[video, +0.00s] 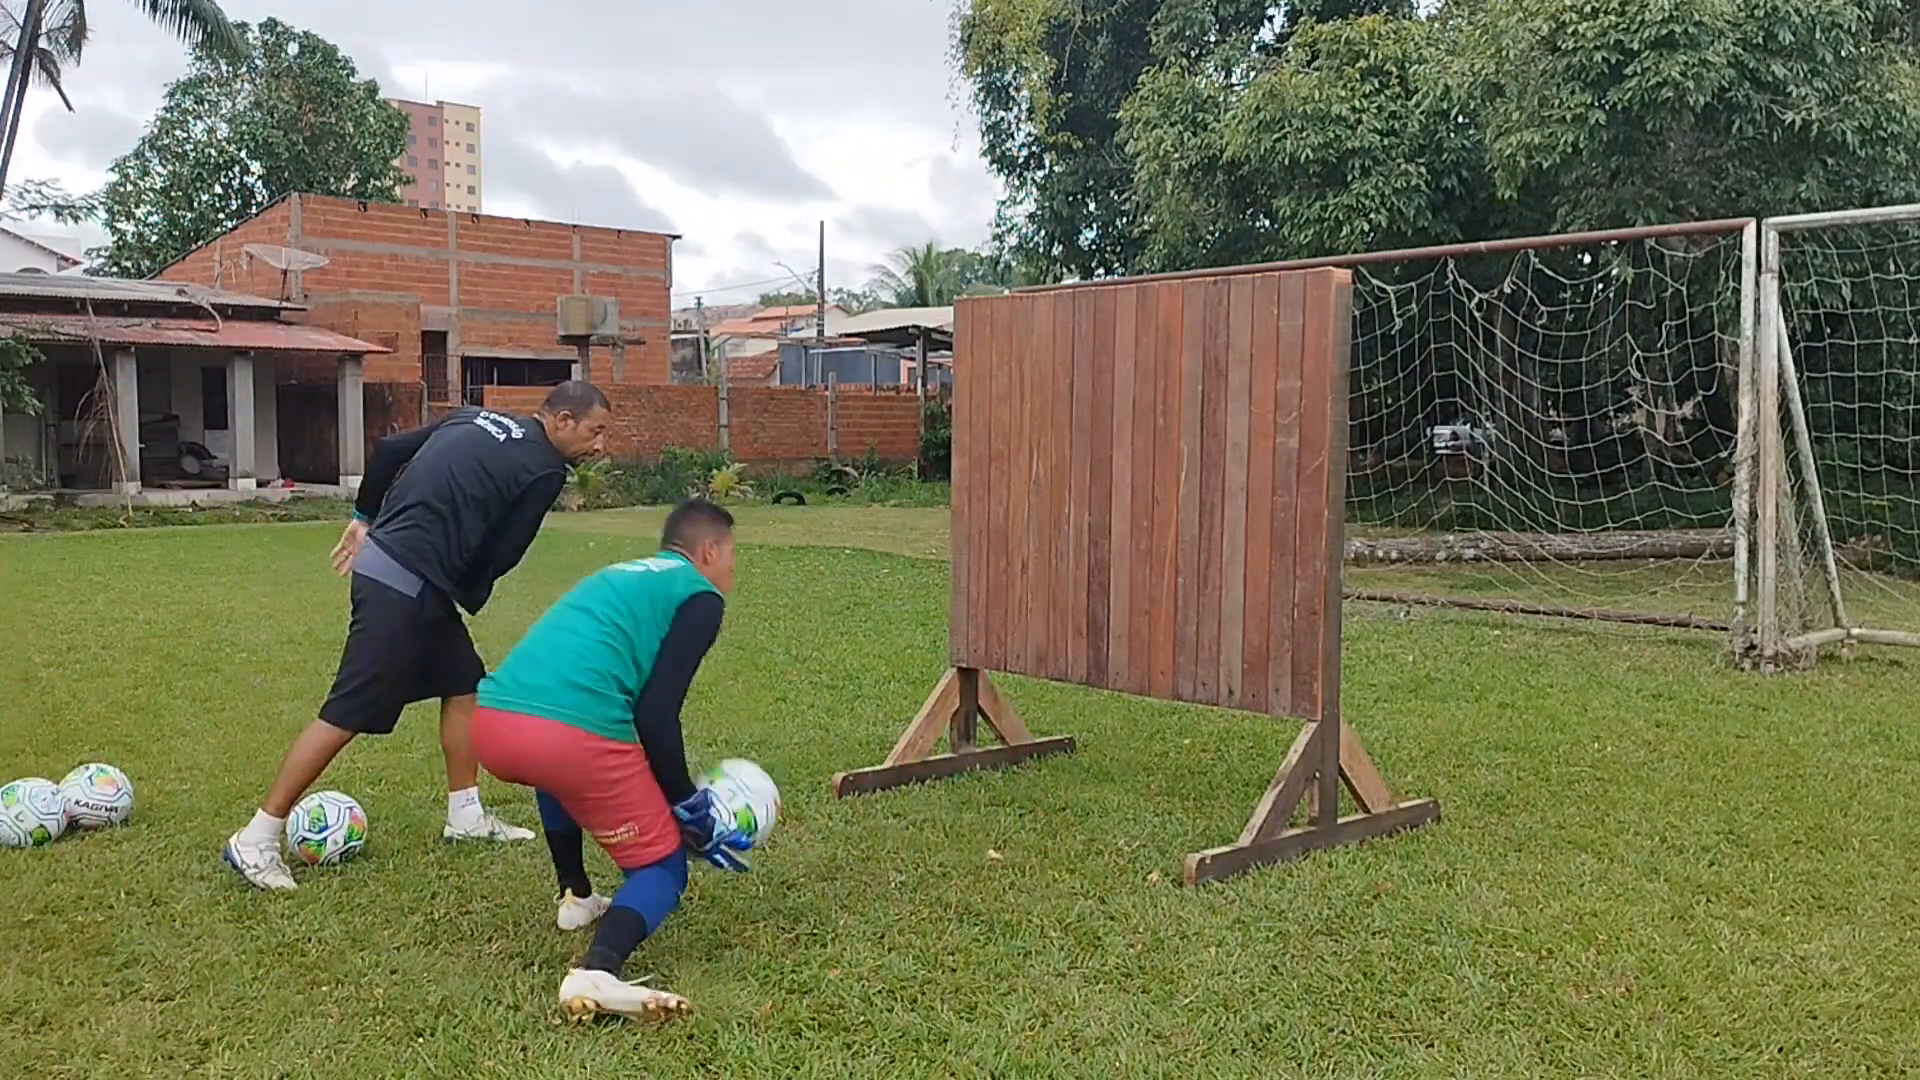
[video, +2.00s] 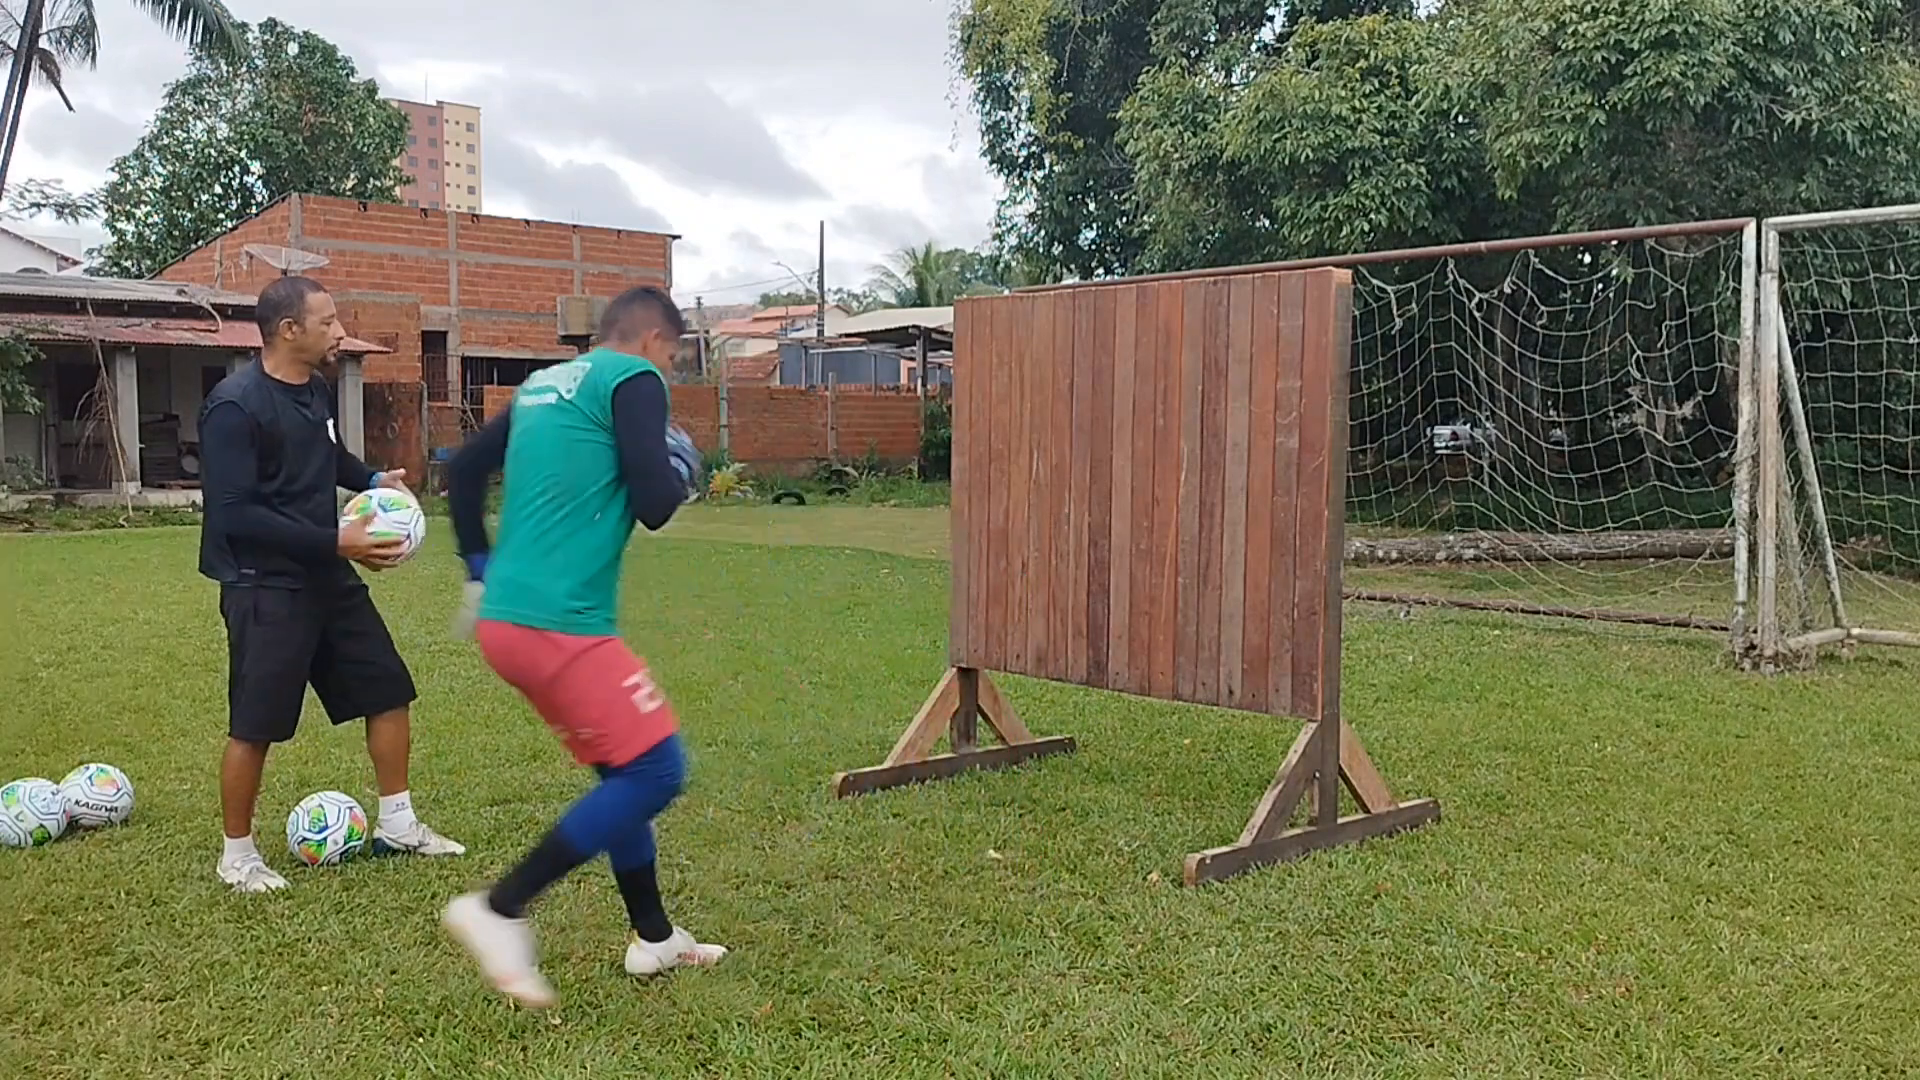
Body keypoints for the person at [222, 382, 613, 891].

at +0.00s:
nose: (599, 446)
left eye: (603, 435)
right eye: (594, 433)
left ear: (553, 418)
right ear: (560, 420)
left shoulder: (474, 418)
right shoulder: (546, 468)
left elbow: (390, 448)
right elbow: (502, 552)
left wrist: (363, 517)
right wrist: (464, 592)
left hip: (383, 563)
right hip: (402, 583)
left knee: (463, 681)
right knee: (349, 711)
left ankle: (467, 817)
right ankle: (257, 839)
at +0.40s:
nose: (572, 409)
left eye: (575, 399)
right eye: (566, 397)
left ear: (521, 396)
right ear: (526, 394)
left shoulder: (475, 418)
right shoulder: (498, 439)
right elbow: (474, 529)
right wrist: (521, 613)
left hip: (426, 588)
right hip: (383, 583)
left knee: (464, 687)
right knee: (342, 711)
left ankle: (466, 818)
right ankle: (256, 841)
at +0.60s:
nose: (533, 376)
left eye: (532, 365)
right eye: (524, 365)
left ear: (487, 370)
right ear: (485, 368)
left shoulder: (461, 417)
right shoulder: (446, 423)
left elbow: (423, 502)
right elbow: (409, 514)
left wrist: (467, 547)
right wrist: (455, 599)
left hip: (413, 586)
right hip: (368, 587)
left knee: (460, 689)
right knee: (336, 713)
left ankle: (465, 818)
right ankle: (256, 844)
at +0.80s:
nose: (460, 356)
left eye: (458, 345)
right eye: (449, 345)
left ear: (418, 353)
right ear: (412, 352)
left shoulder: (404, 414)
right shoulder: (365, 414)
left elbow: (375, 506)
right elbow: (335, 513)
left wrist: (425, 542)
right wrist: (393, 588)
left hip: (385, 590)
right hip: (332, 593)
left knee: (438, 698)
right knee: (303, 721)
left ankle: (465, 818)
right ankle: (245, 854)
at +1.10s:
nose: (379, 333)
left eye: (376, 321)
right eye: (367, 322)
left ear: (337, 331)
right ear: (328, 331)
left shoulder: (329, 397)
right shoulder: (280, 402)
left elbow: (326, 484)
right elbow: (258, 506)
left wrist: (378, 505)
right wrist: (349, 559)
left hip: (335, 584)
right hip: (281, 588)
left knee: (396, 686)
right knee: (269, 720)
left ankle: (402, 823)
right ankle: (239, 857)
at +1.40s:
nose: (339, 322)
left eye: (334, 310)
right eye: (326, 313)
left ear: (294, 325)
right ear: (288, 325)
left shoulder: (301, 394)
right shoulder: (251, 399)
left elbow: (335, 462)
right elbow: (283, 496)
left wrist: (421, 447)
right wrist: (385, 474)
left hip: (324, 581)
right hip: (272, 586)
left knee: (372, 698)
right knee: (264, 723)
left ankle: (392, 828)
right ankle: (239, 858)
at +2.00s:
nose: (340, 332)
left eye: (338, 319)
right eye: (328, 322)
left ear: (296, 331)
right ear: (288, 331)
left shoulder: (313, 391)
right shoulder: (234, 406)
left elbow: (324, 460)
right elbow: (232, 515)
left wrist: (374, 482)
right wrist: (333, 542)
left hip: (330, 580)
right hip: (265, 587)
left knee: (389, 692)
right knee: (254, 723)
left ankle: (397, 824)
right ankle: (238, 855)